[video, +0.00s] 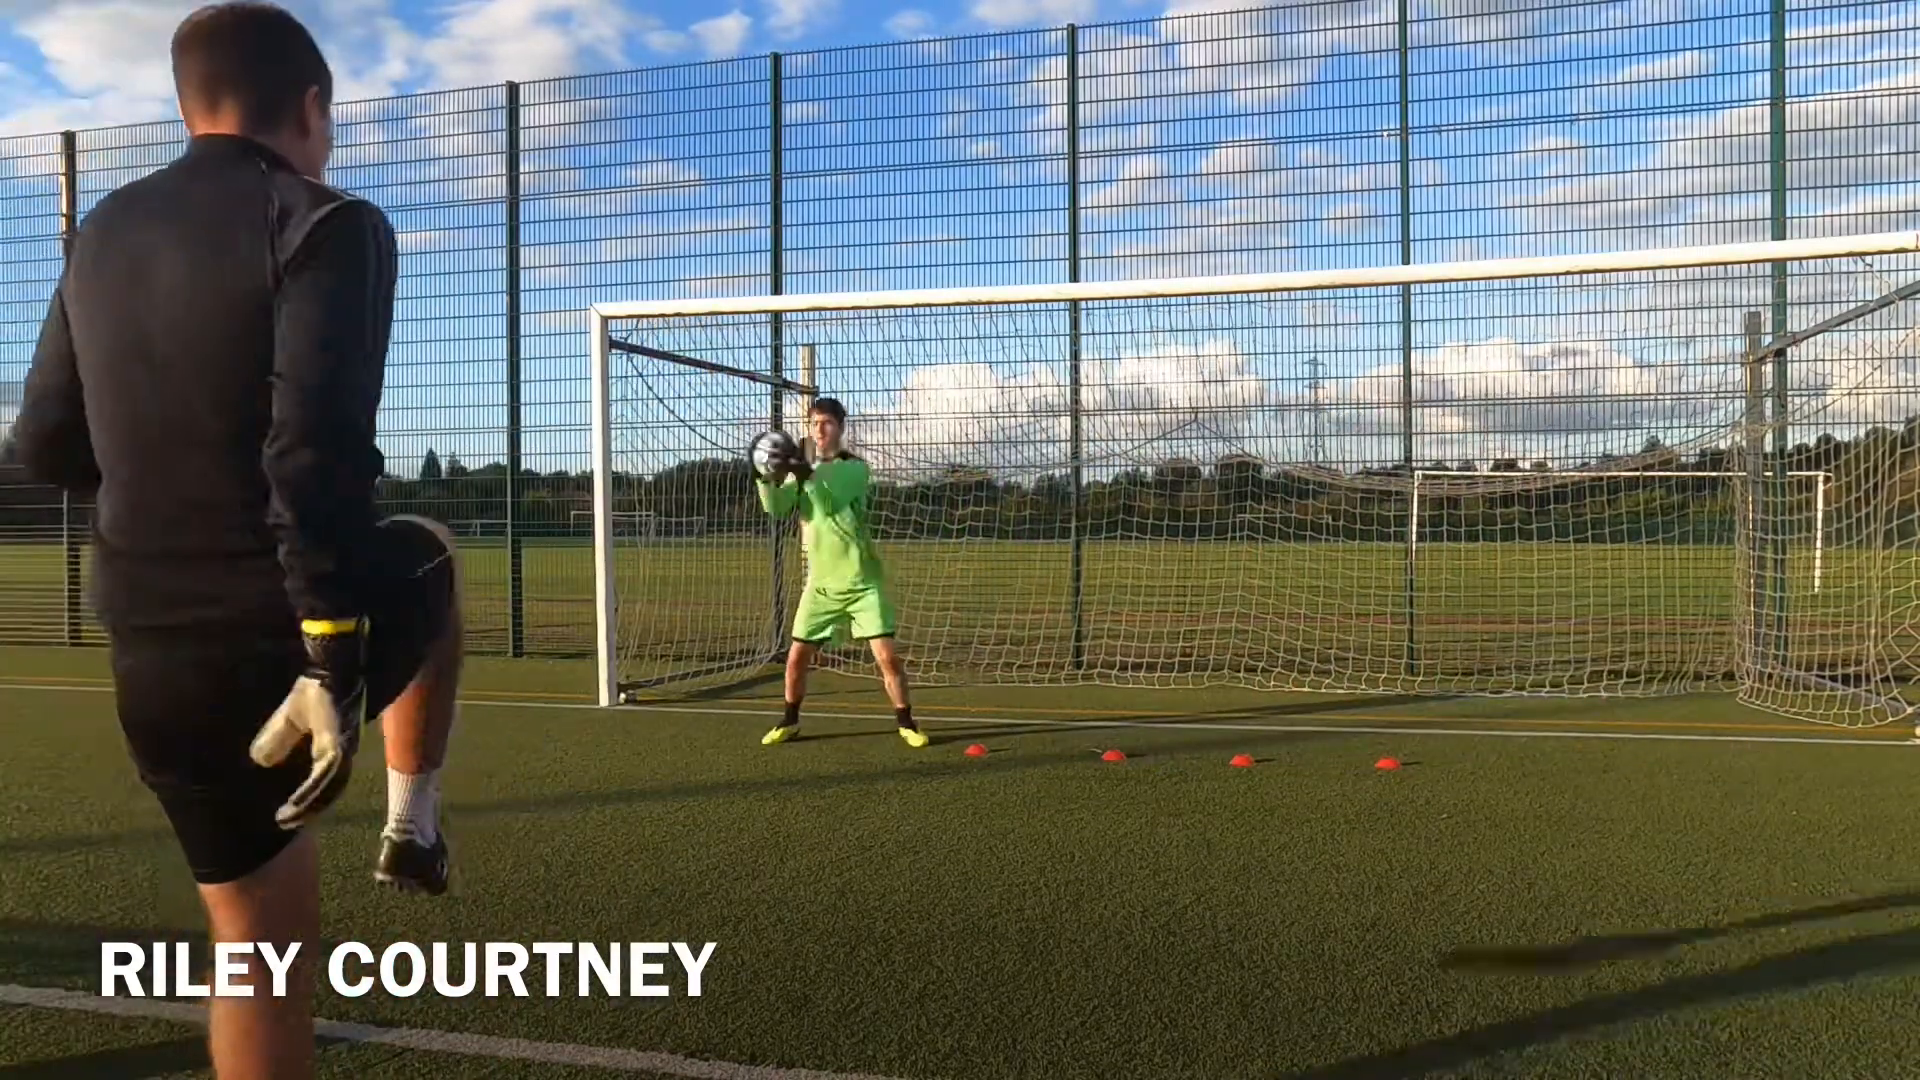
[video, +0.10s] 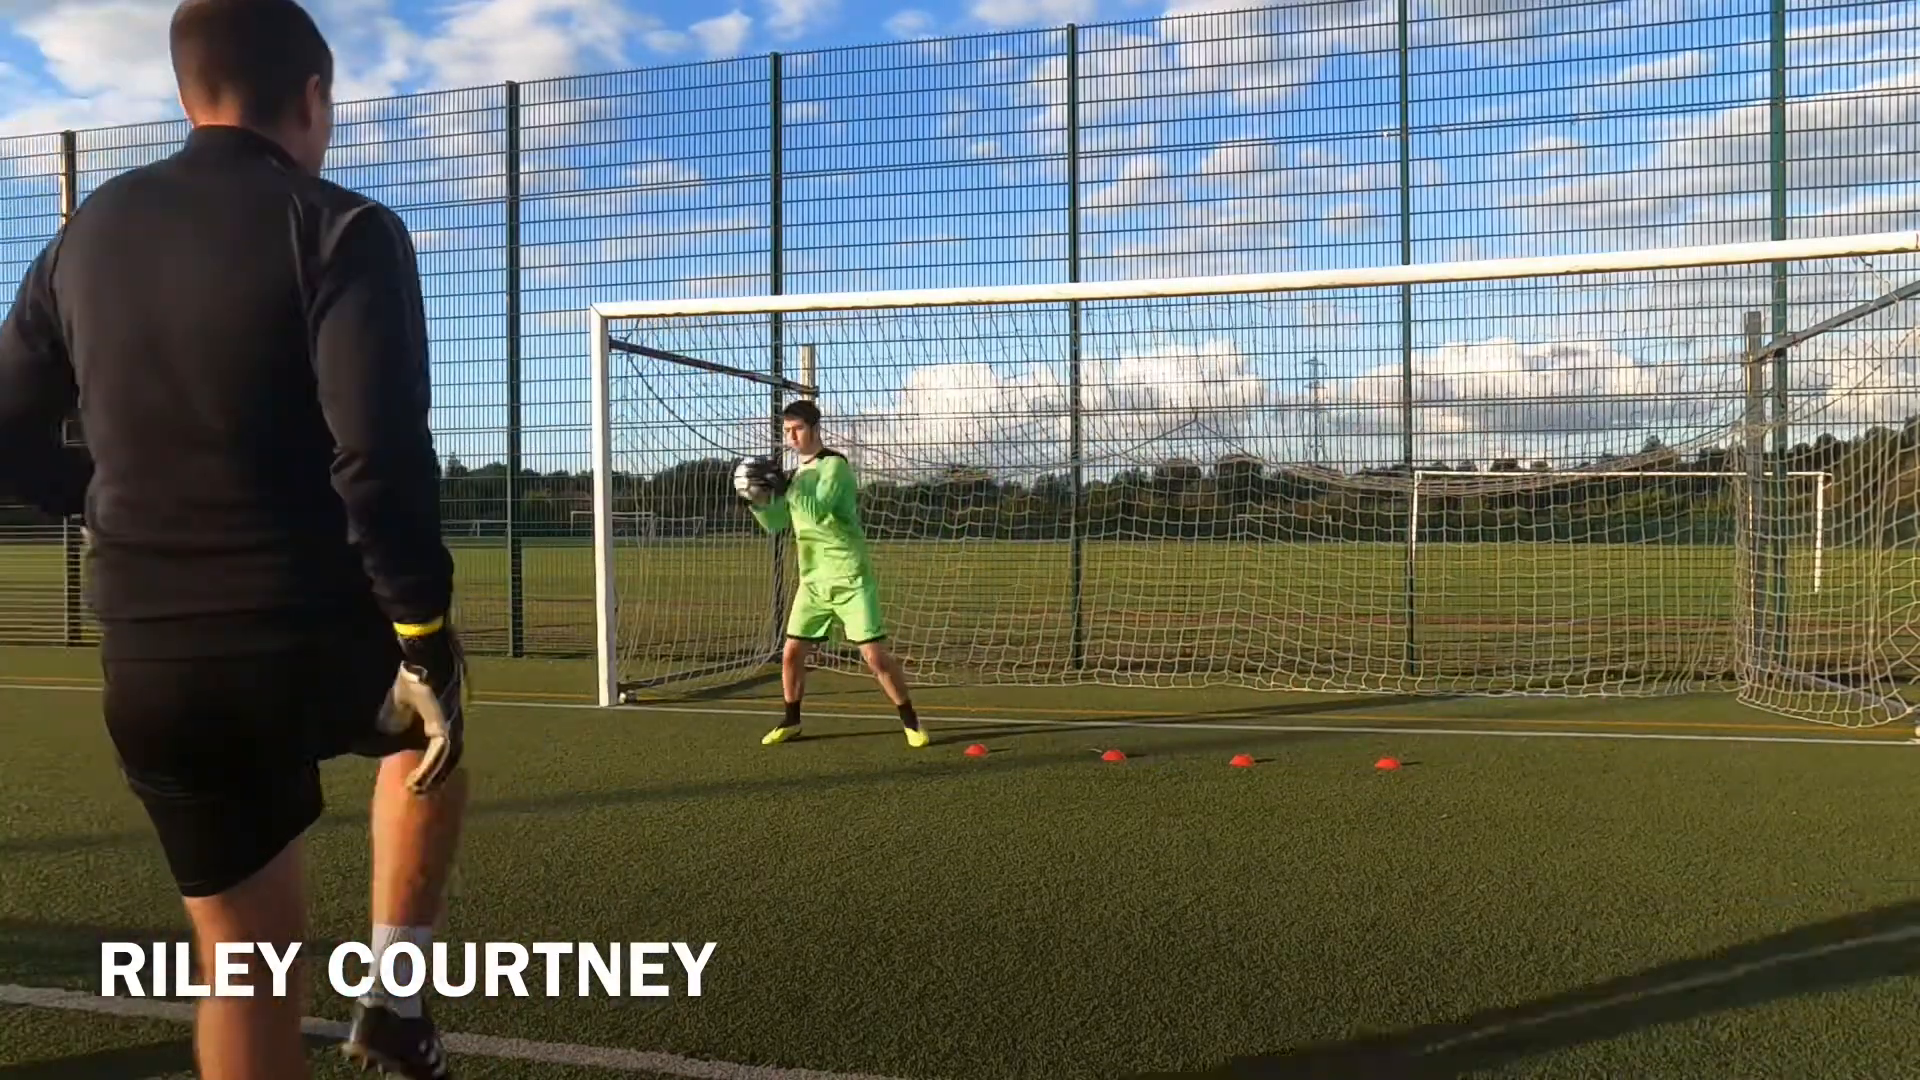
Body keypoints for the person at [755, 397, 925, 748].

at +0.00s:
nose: (820, 430)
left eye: (827, 423)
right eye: (815, 424)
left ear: (842, 428)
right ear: (809, 430)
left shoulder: (858, 470)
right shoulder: (801, 474)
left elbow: (832, 501)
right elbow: (776, 508)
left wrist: (803, 474)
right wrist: (766, 474)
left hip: (863, 581)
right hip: (820, 584)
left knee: (886, 654)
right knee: (796, 655)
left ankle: (906, 722)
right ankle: (790, 720)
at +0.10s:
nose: (791, 437)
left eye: (797, 430)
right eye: (787, 432)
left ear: (815, 429)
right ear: (787, 436)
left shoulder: (836, 466)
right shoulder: (795, 477)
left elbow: (820, 512)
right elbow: (774, 523)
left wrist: (784, 489)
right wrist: (755, 497)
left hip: (851, 579)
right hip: (813, 582)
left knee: (876, 658)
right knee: (791, 652)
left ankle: (911, 722)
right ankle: (791, 721)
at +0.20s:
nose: (770, 449)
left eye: (774, 441)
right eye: (766, 444)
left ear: (791, 438)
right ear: (767, 447)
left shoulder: (813, 472)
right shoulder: (792, 481)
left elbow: (807, 522)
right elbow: (788, 538)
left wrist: (767, 515)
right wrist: (753, 537)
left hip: (846, 575)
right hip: (814, 578)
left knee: (869, 659)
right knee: (791, 651)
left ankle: (910, 719)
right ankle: (791, 721)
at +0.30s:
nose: (757, 457)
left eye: (762, 449)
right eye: (752, 452)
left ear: (779, 449)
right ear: (750, 456)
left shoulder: (803, 482)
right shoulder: (781, 491)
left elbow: (815, 535)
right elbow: (798, 544)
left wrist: (776, 544)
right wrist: (772, 561)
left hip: (846, 578)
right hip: (814, 585)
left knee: (869, 658)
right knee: (791, 651)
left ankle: (911, 718)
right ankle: (791, 721)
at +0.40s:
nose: (761, 457)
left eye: (767, 450)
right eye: (755, 452)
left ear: (782, 452)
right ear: (751, 457)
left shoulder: (814, 484)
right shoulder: (774, 496)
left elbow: (845, 525)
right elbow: (794, 538)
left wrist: (809, 550)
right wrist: (785, 567)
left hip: (848, 579)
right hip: (814, 585)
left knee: (868, 656)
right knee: (796, 654)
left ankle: (912, 713)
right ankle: (792, 722)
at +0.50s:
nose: (783, 450)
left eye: (790, 442)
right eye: (777, 444)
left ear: (803, 445)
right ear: (770, 450)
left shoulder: (834, 480)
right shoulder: (779, 492)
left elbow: (873, 511)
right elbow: (792, 541)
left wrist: (853, 541)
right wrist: (780, 581)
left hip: (857, 579)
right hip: (819, 587)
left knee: (869, 650)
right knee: (802, 656)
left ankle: (906, 719)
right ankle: (792, 723)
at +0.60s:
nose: (814, 451)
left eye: (820, 444)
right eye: (808, 445)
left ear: (830, 445)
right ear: (798, 446)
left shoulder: (855, 480)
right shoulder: (792, 488)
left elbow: (893, 514)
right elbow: (790, 536)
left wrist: (873, 542)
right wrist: (767, 538)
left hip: (866, 579)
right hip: (826, 584)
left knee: (877, 651)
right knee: (809, 657)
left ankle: (901, 725)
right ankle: (794, 723)